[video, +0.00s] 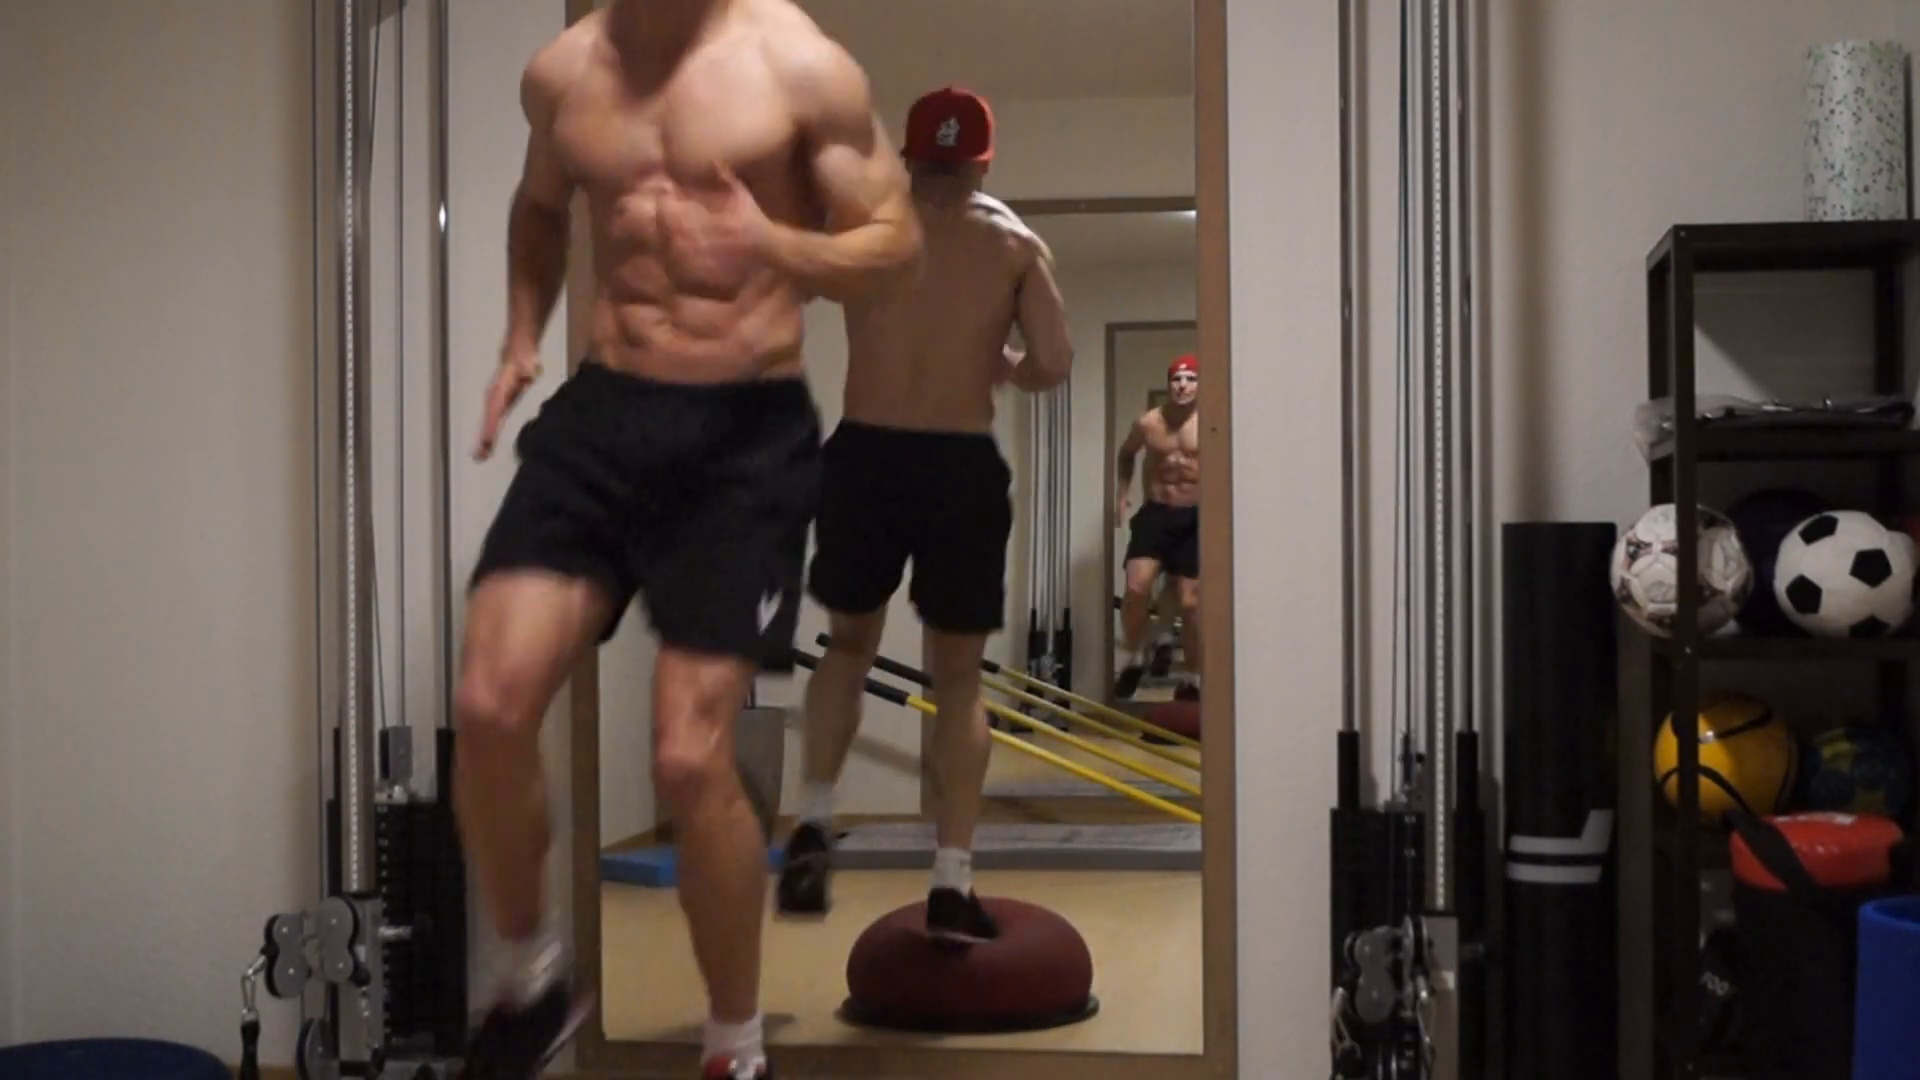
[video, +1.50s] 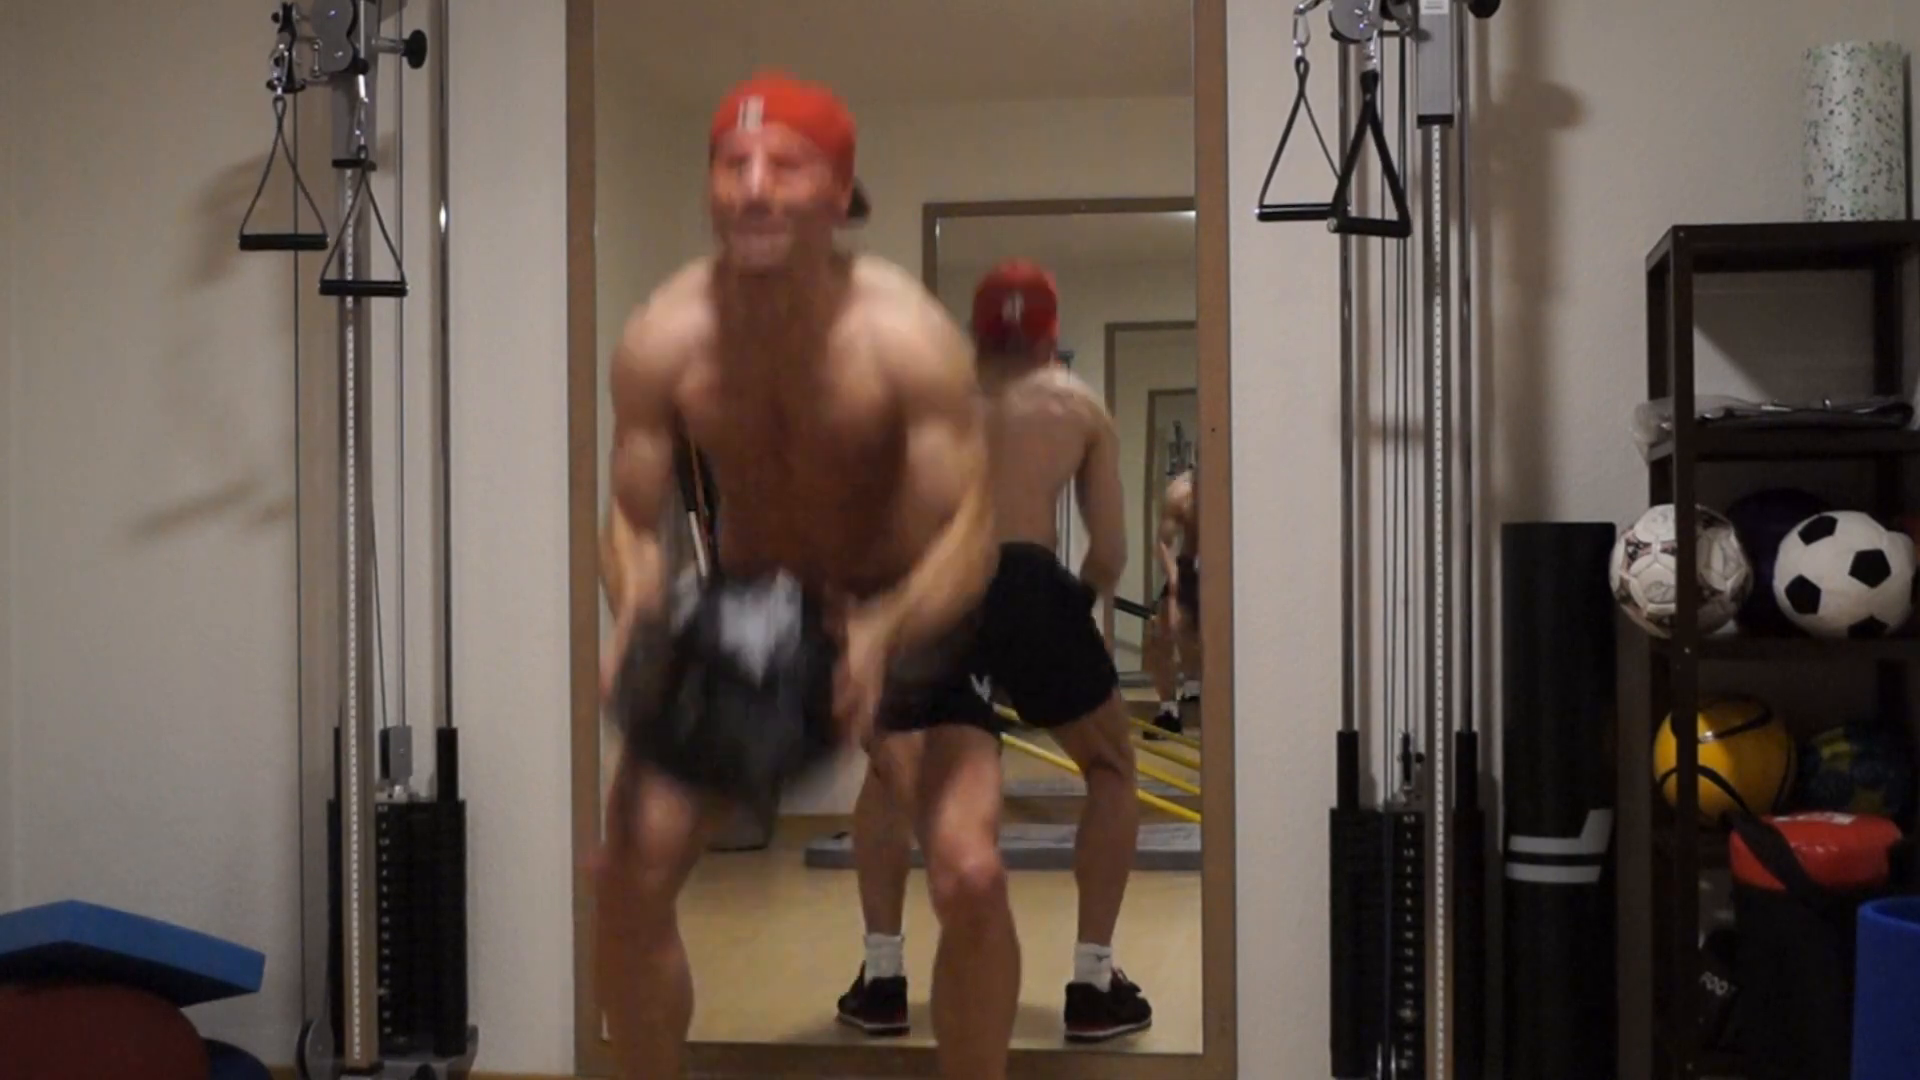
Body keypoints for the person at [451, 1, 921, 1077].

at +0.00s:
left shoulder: (805, 67)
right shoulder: (563, 73)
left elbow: (895, 245)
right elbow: (541, 206)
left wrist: (771, 239)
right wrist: (522, 337)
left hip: (747, 435)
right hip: (599, 422)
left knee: (690, 760)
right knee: (489, 705)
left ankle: (735, 1046)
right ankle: (526, 970)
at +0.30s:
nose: (729, 3)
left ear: (811, 18)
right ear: (693, 20)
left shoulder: (864, 111)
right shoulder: (636, 111)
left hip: (831, 528)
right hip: (672, 529)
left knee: (908, 857)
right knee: (655, 855)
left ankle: (956, 1069)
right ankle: (648, 1074)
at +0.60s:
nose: (782, 28)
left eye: (797, 10)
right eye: (761, 14)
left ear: (837, 28)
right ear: (720, 39)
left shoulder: (888, 154)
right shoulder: (666, 175)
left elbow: (987, 242)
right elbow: (554, 313)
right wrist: (574, 139)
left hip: (881, 557)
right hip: (726, 559)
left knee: (951, 867)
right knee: (638, 869)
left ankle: (969, 1071)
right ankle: (649, 1075)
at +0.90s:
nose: (736, 369)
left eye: (766, 339)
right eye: (713, 339)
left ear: (821, 337)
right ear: (688, 336)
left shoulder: (893, 461)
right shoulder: (654, 473)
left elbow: (915, 703)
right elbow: (651, 706)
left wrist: (884, 921)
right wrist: (638, 918)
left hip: (881, 683)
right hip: (741, 684)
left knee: (995, 885)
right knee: (585, 881)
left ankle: (980, 1071)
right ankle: (635, 1069)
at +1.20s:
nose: (741, 625)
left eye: (770, 592)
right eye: (713, 591)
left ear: (826, 568)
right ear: (691, 571)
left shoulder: (908, 661)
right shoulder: (649, 662)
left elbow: (907, 891)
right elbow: (669, 887)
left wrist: (899, 1067)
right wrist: (661, 1065)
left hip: (890, 774)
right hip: (742, 782)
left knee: (1000, 904)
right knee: (575, 898)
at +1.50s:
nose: (755, 189)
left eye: (786, 166)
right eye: (736, 164)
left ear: (839, 193)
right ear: (710, 184)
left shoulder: (907, 332)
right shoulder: (663, 336)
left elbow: (969, 531)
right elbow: (637, 515)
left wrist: (888, 632)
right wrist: (641, 624)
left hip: (900, 614)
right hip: (740, 620)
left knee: (970, 875)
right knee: (631, 872)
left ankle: (976, 1070)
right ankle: (652, 1073)